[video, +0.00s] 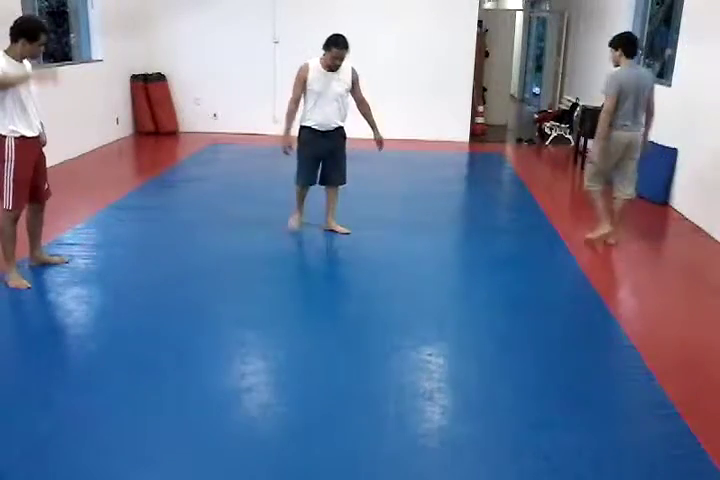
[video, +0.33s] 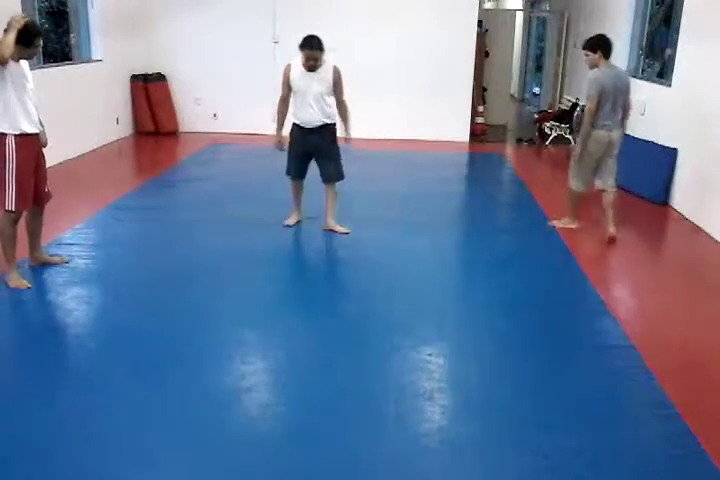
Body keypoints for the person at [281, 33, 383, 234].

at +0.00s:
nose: (339, 62)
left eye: (342, 58)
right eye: (335, 58)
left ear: (346, 56)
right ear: (325, 52)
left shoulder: (349, 73)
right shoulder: (307, 70)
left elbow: (361, 102)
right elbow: (294, 101)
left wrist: (375, 131)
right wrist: (287, 133)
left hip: (336, 134)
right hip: (309, 132)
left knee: (334, 181)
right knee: (304, 180)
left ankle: (330, 220)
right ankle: (298, 213)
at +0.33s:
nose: (311, 62)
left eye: (315, 59)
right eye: (307, 58)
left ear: (322, 56)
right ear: (301, 54)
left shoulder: (332, 72)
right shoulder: (291, 70)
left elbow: (340, 101)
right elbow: (284, 100)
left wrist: (346, 129)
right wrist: (279, 131)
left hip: (325, 129)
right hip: (299, 129)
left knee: (331, 178)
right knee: (296, 175)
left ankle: (330, 220)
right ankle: (296, 212)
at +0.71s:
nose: (302, 61)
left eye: (306, 57)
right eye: (299, 57)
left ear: (315, 51)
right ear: (294, 53)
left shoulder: (328, 68)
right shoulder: (290, 69)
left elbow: (340, 97)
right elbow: (285, 98)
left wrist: (335, 102)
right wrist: (280, 130)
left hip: (324, 127)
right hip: (299, 127)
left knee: (334, 174)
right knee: (295, 173)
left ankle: (343, 212)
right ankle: (296, 211)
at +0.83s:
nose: (306, 62)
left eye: (310, 58)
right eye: (304, 57)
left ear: (320, 54)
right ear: (300, 54)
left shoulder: (332, 66)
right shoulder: (295, 70)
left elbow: (343, 94)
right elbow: (289, 99)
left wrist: (332, 76)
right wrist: (282, 128)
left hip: (327, 126)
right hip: (302, 126)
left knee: (336, 175)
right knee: (296, 173)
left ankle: (344, 213)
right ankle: (297, 211)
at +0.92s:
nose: (312, 63)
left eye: (315, 60)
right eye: (309, 59)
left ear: (324, 56)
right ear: (305, 55)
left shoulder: (336, 66)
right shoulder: (299, 69)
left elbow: (344, 84)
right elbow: (292, 99)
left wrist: (335, 59)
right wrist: (283, 129)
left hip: (330, 126)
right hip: (305, 126)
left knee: (339, 174)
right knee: (297, 172)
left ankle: (344, 213)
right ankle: (297, 211)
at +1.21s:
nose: (317, 60)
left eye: (320, 57)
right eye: (315, 56)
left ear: (332, 55)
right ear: (314, 53)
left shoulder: (345, 64)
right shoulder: (308, 67)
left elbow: (362, 65)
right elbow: (302, 99)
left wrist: (344, 41)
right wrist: (297, 130)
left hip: (338, 126)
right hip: (313, 126)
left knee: (345, 176)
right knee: (303, 173)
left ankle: (344, 213)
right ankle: (299, 210)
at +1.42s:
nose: (318, 60)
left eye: (322, 58)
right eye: (317, 56)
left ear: (334, 55)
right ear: (315, 52)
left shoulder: (345, 64)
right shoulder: (308, 67)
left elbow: (365, 63)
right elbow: (301, 100)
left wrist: (346, 40)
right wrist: (296, 131)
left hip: (337, 127)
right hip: (313, 126)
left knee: (343, 176)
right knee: (304, 174)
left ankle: (344, 214)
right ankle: (298, 211)